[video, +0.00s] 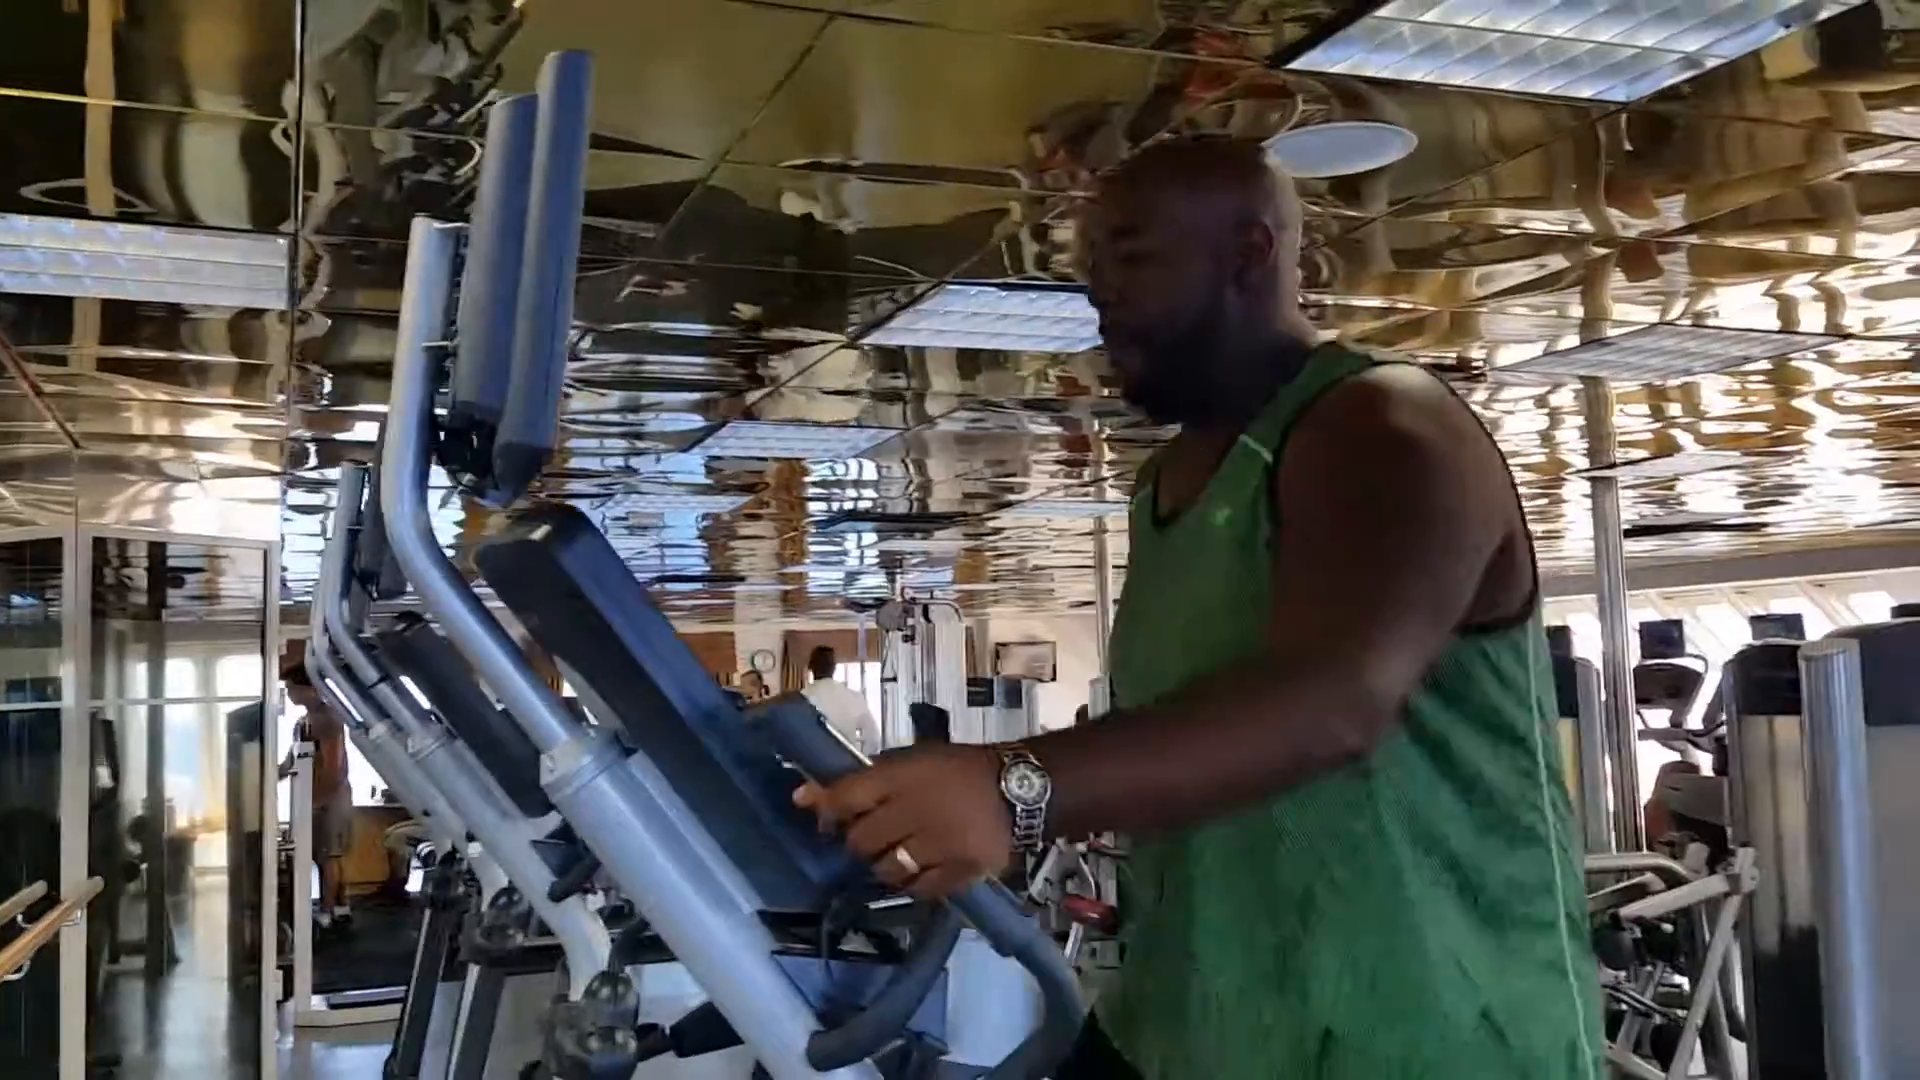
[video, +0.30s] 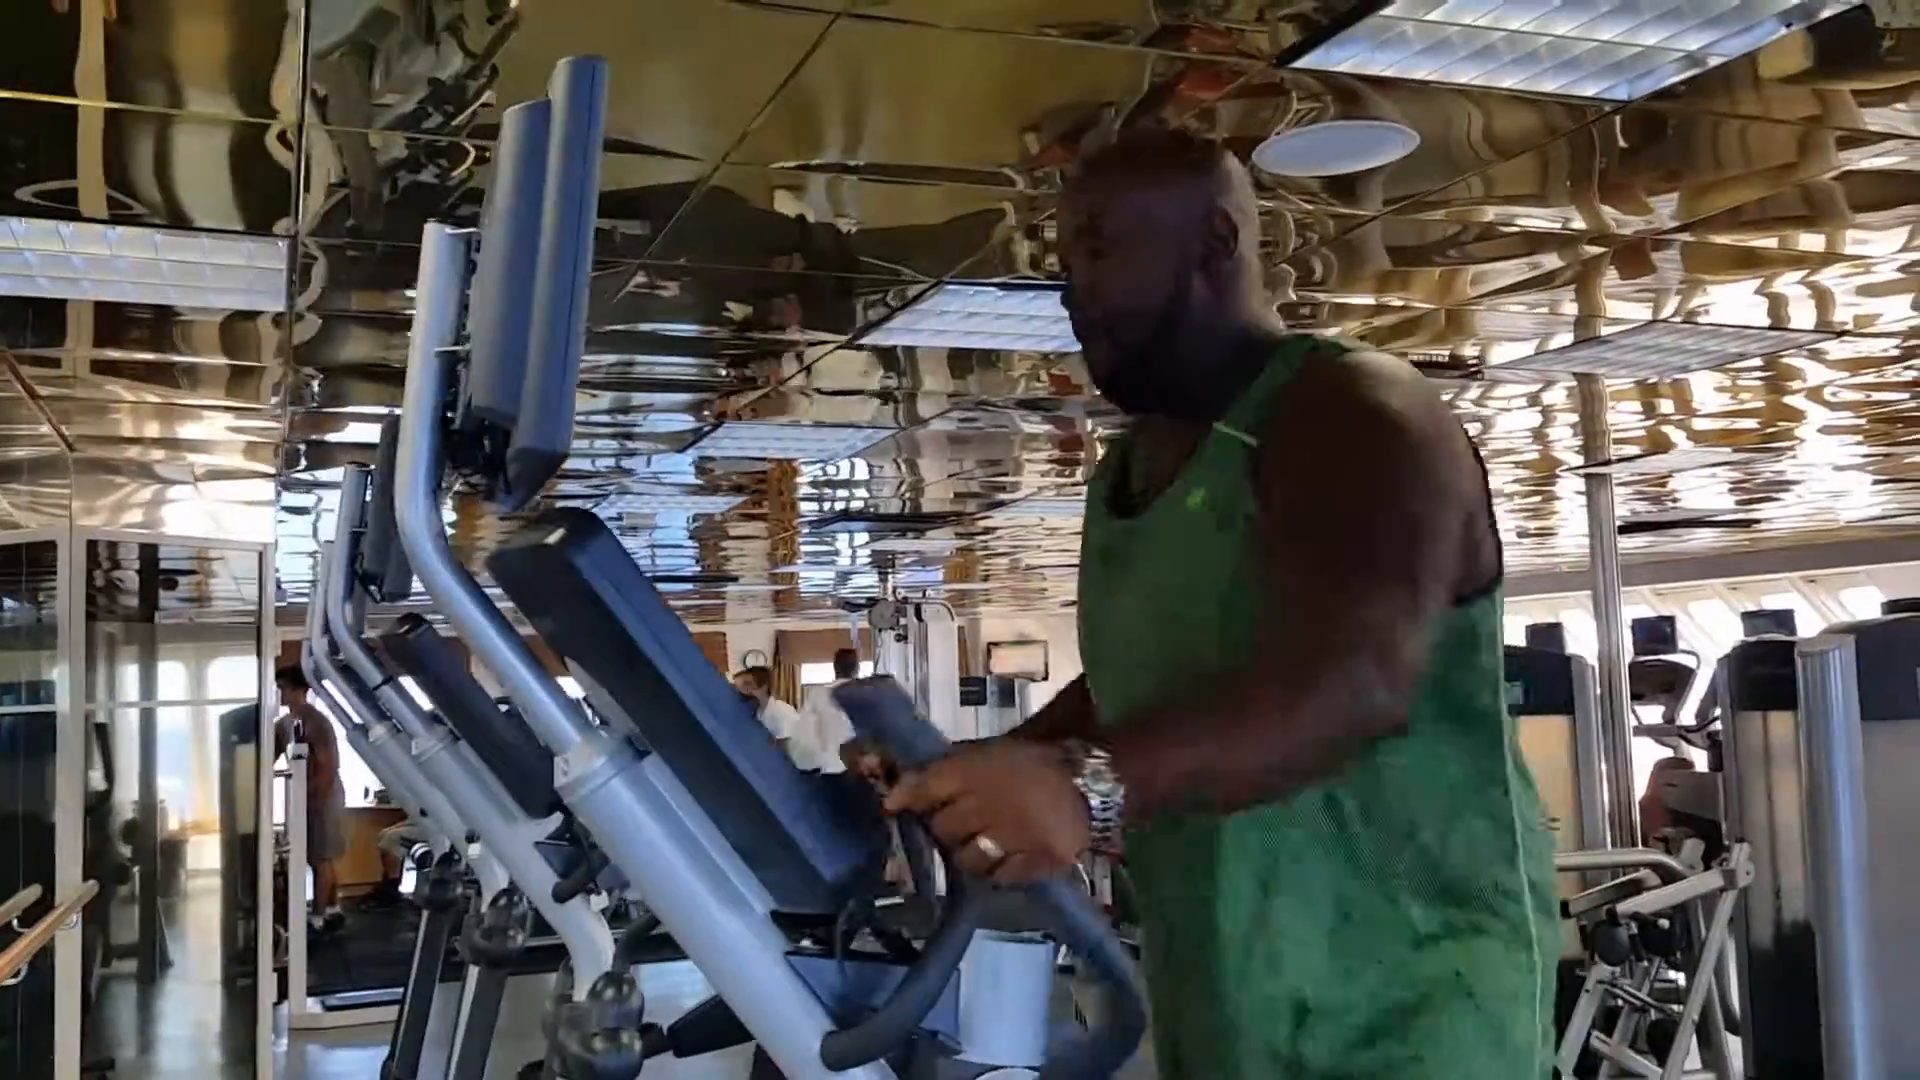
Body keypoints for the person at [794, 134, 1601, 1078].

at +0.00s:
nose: (1097, 295)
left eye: (1129, 255)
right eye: (1095, 265)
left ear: (1254, 256)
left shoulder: (1396, 428)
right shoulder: (1168, 484)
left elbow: (1337, 700)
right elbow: (1182, 738)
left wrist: (1021, 788)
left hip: (1414, 1033)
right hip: (1207, 1024)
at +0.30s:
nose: (1070, 290)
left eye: (1098, 246)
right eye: (1069, 259)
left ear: (1214, 249)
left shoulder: (1366, 415)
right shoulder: (1127, 474)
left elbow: (1357, 681)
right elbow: (1132, 679)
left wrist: (1092, 786)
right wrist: (988, 776)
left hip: (1408, 1006)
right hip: (1221, 1008)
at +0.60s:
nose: (1119, 295)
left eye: (1149, 258)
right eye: (1115, 270)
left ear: (1260, 259)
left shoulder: (1424, 432)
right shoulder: (1132, 511)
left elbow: (1619, 693)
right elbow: (1007, 689)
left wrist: (1414, 858)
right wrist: (793, 754)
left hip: (1439, 1010)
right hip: (1230, 1016)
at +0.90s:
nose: (1151, 284)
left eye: (1189, 243)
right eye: (1151, 252)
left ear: (1308, 245)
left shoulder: (1462, 423)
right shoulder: (1176, 512)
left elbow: (1622, 702)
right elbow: (1056, 688)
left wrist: (1344, 838)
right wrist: (828, 766)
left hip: (1514, 1036)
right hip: (1269, 1040)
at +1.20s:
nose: (1159, 310)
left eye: (1194, 276)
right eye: (1158, 284)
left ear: (1310, 279)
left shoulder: (1441, 444)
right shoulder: (1241, 498)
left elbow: (1419, 715)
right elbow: (1218, 724)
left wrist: (1107, 805)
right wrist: (1088, 791)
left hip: (1475, 1036)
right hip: (1287, 1032)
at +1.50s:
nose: (1129, 317)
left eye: (1159, 279)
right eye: (1123, 290)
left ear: (1266, 274)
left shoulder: (1408, 436)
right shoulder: (1188, 483)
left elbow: (1398, 682)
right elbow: (1189, 693)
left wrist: (1139, 797)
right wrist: (1049, 792)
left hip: (1440, 1016)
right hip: (1257, 1019)